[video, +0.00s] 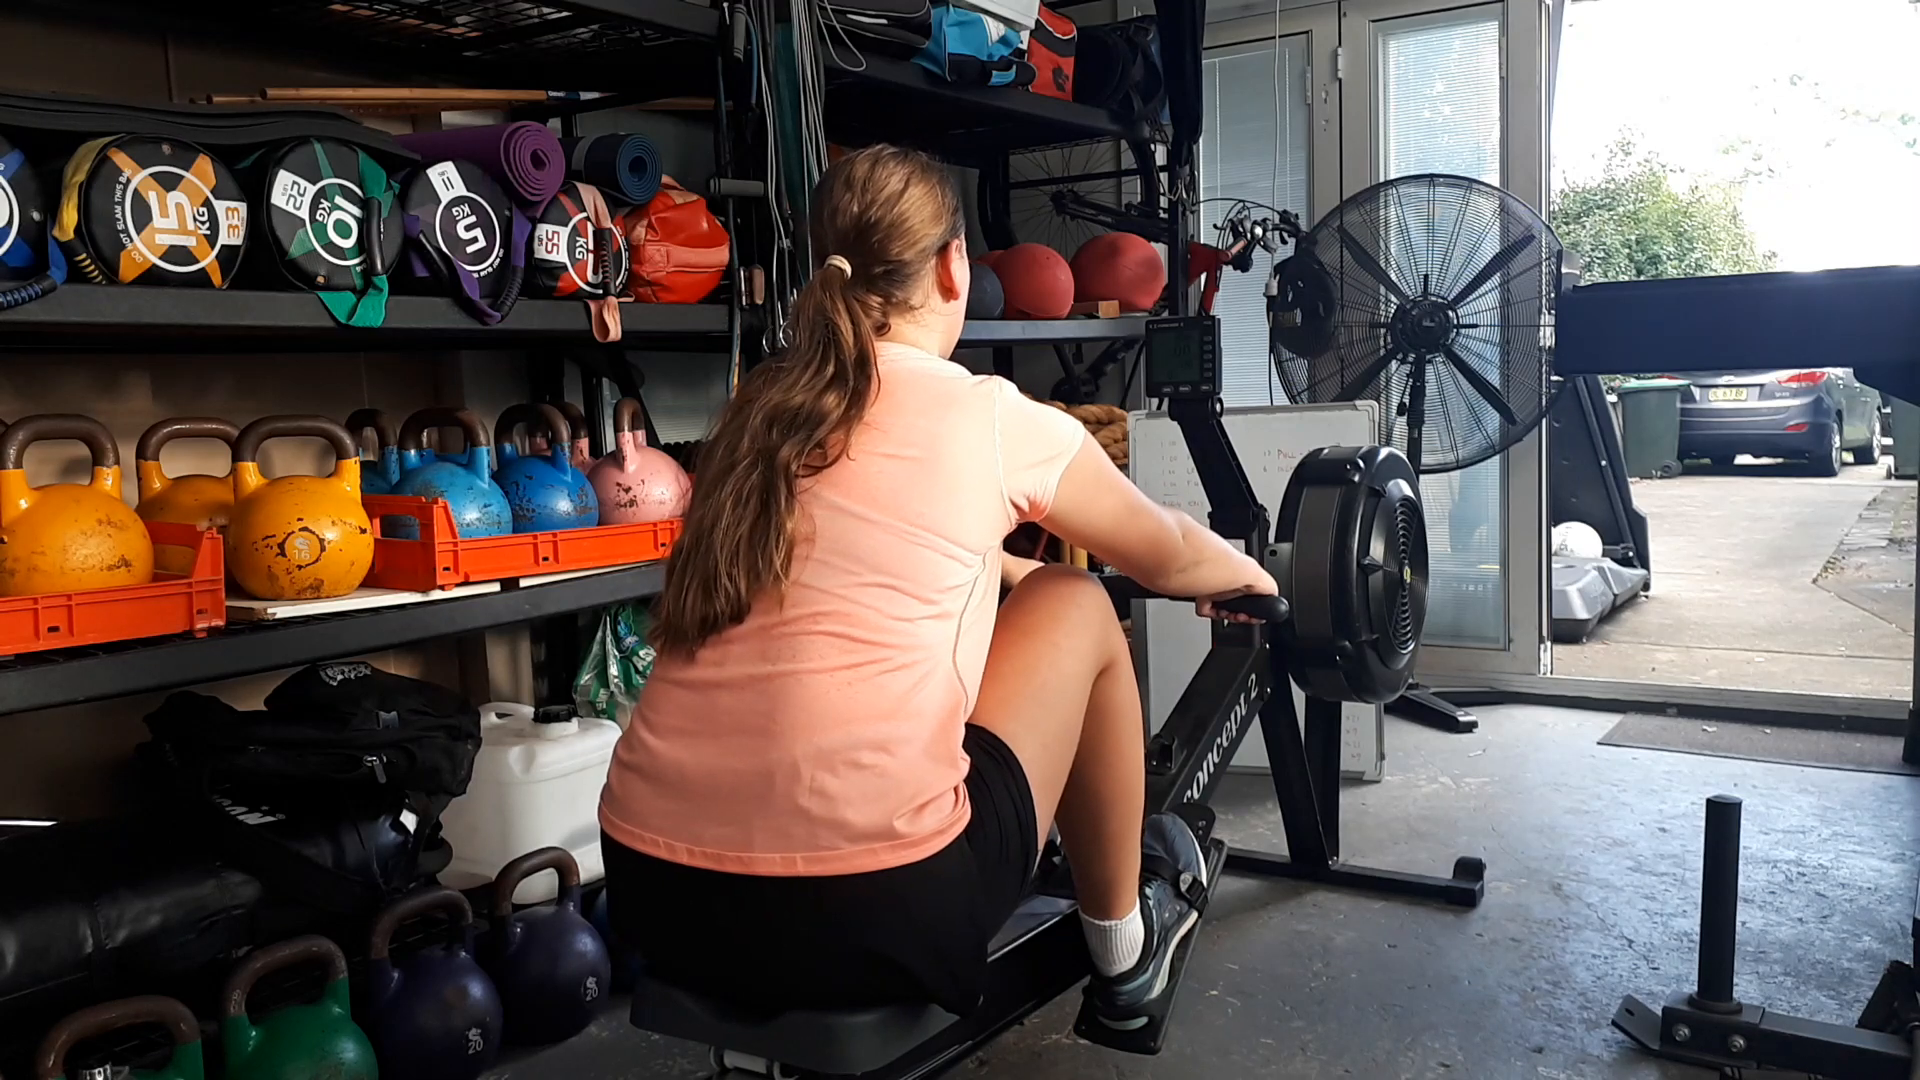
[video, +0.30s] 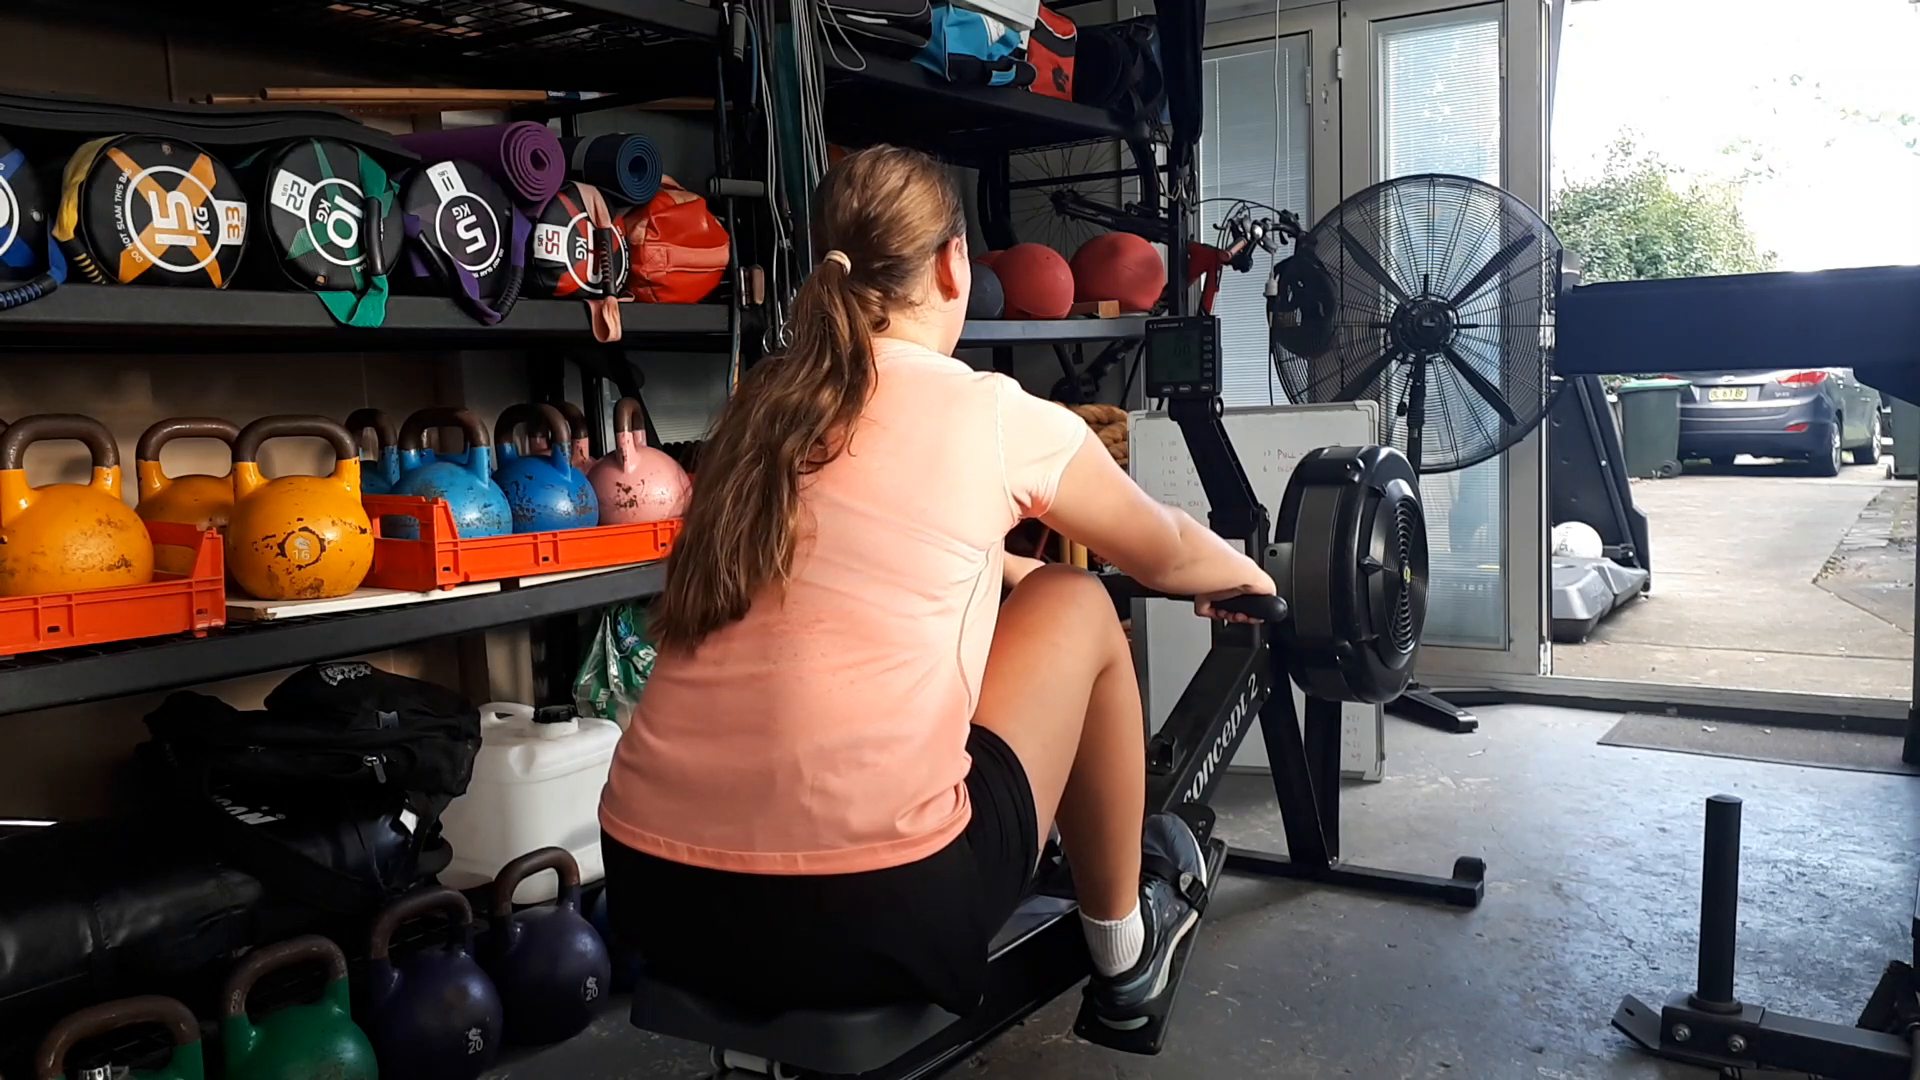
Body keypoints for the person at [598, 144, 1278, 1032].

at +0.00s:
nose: (971, 279)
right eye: (968, 256)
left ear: (825, 273)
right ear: (951, 270)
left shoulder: (756, 408)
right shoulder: (990, 417)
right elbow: (1161, 547)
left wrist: (1027, 577)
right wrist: (1230, 569)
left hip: (663, 909)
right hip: (874, 923)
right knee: (1076, 598)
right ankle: (1123, 962)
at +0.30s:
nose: (973, 277)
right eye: (970, 255)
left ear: (826, 271)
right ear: (952, 267)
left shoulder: (757, 402)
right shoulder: (990, 412)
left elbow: (864, 543)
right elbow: (1161, 545)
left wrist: (1030, 577)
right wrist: (1228, 568)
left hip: (663, 907)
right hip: (875, 922)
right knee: (1074, 596)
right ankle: (1123, 962)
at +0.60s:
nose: (972, 276)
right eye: (968, 255)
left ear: (825, 273)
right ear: (951, 269)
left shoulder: (760, 401)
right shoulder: (992, 412)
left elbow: (879, 536)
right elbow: (1161, 542)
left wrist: (1047, 579)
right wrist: (1236, 570)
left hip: (665, 907)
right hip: (875, 921)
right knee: (1077, 595)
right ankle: (1122, 962)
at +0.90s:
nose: (973, 282)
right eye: (971, 259)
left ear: (826, 277)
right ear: (954, 273)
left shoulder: (761, 406)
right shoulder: (991, 417)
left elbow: (879, 537)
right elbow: (1164, 542)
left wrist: (1053, 581)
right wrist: (1243, 571)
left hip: (664, 909)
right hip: (873, 924)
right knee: (1078, 596)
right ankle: (1123, 962)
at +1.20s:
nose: (975, 287)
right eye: (973, 265)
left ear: (828, 283)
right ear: (959, 276)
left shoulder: (763, 411)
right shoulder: (993, 420)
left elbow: (868, 542)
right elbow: (1166, 544)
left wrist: (1041, 577)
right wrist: (1241, 572)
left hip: (665, 910)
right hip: (873, 924)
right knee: (1079, 595)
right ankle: (1122, 962)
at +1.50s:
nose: (981, 286)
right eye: (978, 265)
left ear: (834, 287)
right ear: (966, 282)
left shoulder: (767, 415)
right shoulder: (998, 426)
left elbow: (870, 542)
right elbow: (1165, 551)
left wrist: (1037, 578)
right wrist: (1237, 575)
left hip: (666, 910)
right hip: (875, 923)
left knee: (944, 595)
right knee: (1082, 595)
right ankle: (1123, 962)